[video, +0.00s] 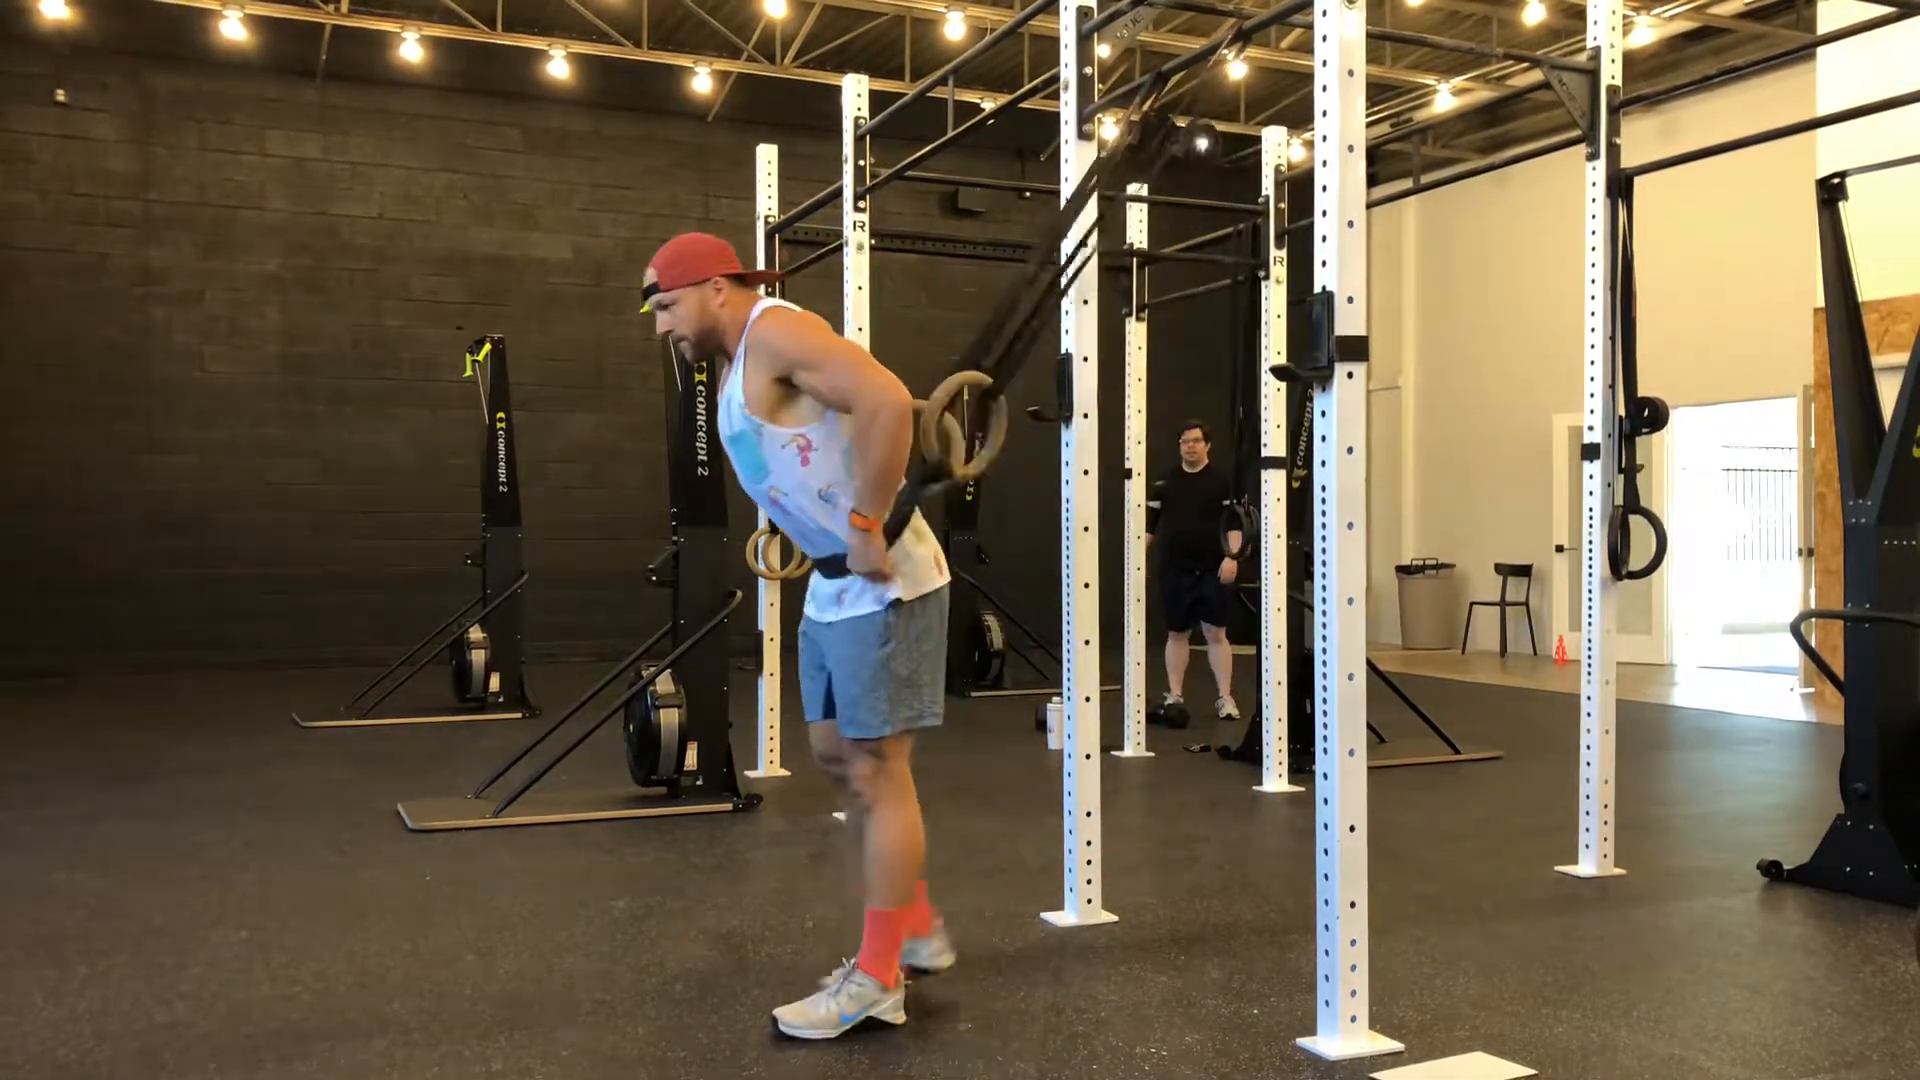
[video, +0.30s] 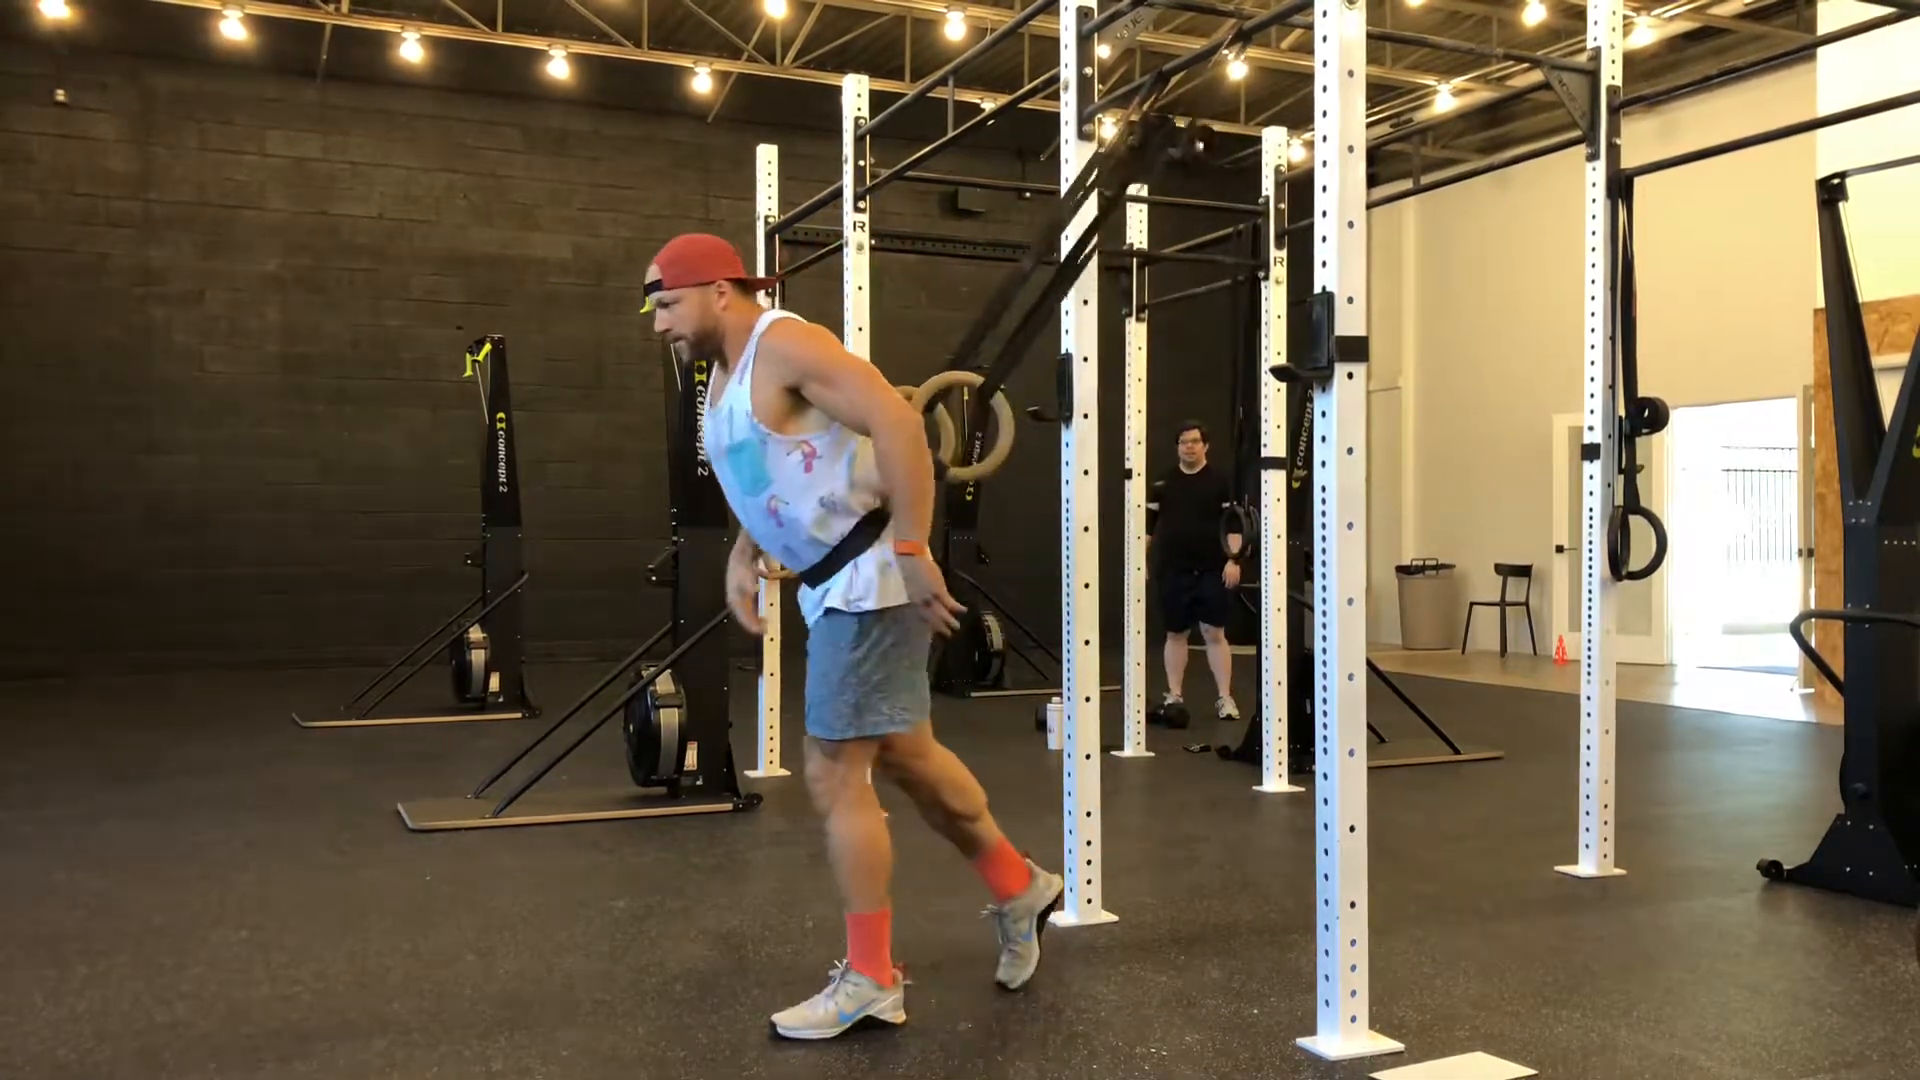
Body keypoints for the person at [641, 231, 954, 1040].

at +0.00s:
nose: (658, 323)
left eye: (664, 302)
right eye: (654, 306)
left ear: (717, 288)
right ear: (702, 297)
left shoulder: (775, 330)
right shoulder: (742, 358)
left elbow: (889, 405)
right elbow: (833, 426)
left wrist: (869, 524)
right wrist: (814, 529)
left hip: (883, 586)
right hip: (830, 586)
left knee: (879, 770)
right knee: (835, 751)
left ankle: (878, 976)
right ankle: (918, 923)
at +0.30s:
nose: (657, 318)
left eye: (665, 298)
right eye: (653, 303)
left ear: (720, 291)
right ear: (698, 300)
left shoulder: (785, 345)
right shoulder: (727, 381)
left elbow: (896, 416)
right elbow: (783, 478)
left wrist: (912, 546)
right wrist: (744, 555)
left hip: (871, 580)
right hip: (838, 586)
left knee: (836, 774)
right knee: (907, 754)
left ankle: (870, 976)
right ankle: (1018, 885)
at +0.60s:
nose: (600, 392)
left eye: (606, 372)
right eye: (595, 376)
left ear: (659, 353)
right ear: (650, 361)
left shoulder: (745, 400)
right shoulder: (678, 438)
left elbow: (868, 471)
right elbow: (701, 540)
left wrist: (892, 596)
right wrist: (622, 567)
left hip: (850, 611)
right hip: (824, 615)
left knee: (763, 789)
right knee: (912, 775)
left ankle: (855, 960)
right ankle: (1032, 895)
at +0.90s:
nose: (534, 492)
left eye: (535, 476)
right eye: (527, 482)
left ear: (574, 449)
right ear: (575, 451)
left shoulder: (673, 471)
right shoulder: (615, 525)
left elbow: (824, 502)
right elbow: (572, 601)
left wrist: (901, 606)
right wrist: (507, 577)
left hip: (828, 631)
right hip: (836, 629)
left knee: (729, 807)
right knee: (916, 794)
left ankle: (854, 960)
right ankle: (1055, 900)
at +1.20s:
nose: (529, 593)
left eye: (529, 576)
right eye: (521, 581)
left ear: (566, 543)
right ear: (559, 553)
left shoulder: (664, 548)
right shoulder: (610, 612)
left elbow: (820, 534)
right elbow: (570, 691)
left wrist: (914, 602)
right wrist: (499, 675)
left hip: (842, 670)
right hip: (855, 666)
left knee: (719, 823)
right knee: (912, 842)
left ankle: (856, 964)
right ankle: (1068, 906)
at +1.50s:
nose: (552, 615)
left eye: (552, 599)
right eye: (544, 604)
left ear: (589, 567)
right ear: (584, 574)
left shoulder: (681, 567)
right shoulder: (639, 627)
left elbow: (840, 548)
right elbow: (593, 712)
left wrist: (941, 609)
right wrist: (524, 693)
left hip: (872, 669)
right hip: (877, 670)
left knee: (736, 814)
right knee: (898, 859)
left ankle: (861, 967)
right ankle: (1070, 906)